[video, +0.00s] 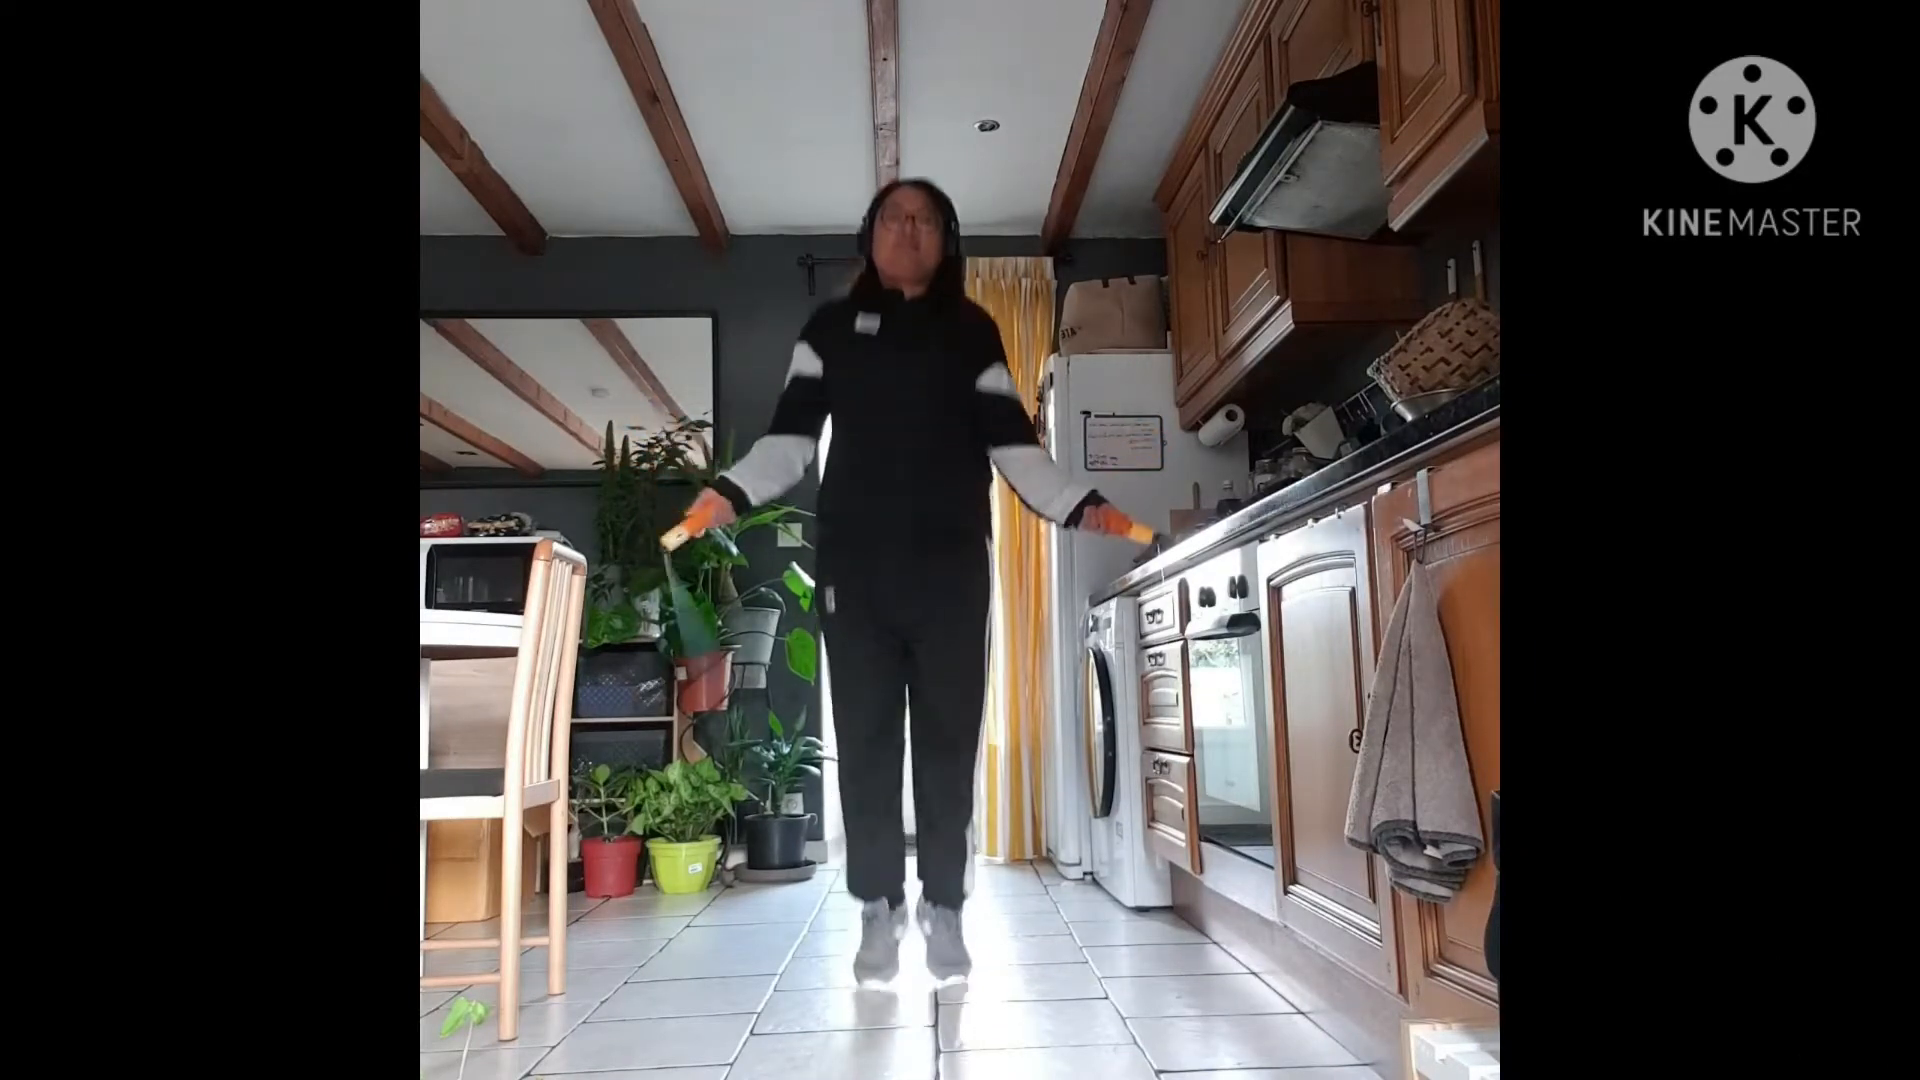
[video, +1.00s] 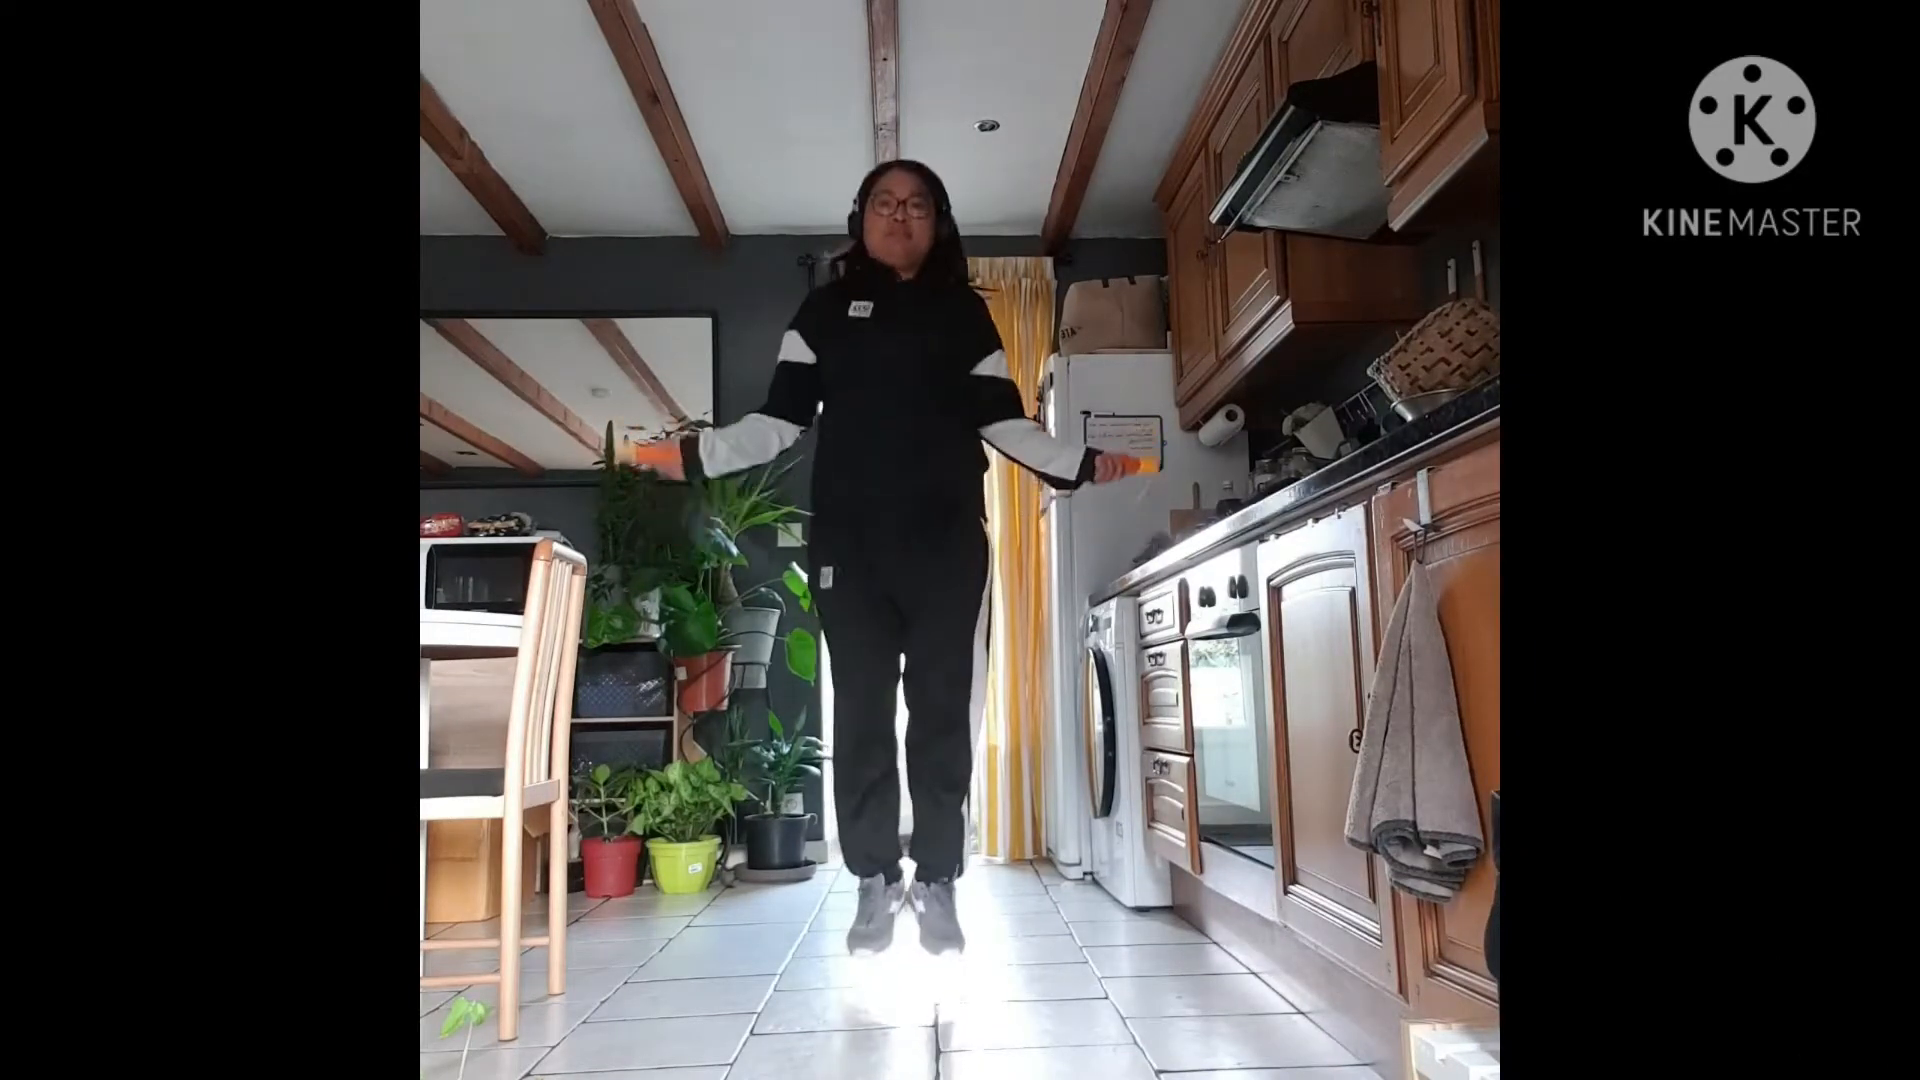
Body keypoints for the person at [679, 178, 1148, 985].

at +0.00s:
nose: (907, 229)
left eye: (923, 220)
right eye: (893, 217)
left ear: (946, 243)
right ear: (869, 238)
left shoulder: (971, 329)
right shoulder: (832, 327)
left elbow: (1015, 445)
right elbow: (790, 439)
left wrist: (1084, 506)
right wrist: (727, 494)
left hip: (950, 565)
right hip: (855, 563)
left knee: (947, 742)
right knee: (867, 743)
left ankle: (944, 909)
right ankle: (877, 906)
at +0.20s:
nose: (905, 235)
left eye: (922, 227)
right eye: (891, 225)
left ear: (947, 253)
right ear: (867, 246)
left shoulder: (971, 338)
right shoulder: (833, 332)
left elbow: (1006, 441)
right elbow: (781, 431)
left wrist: (1092, 454)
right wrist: (690, 431)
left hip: (953, 564)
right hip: (856, 563)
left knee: (950, 742)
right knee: (868, 741)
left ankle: (945, 913)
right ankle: (880, 915)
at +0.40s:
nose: (905, 243)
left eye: (922, 232)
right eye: (891, 231)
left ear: (943, 256)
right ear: (868, 252)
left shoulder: (969, 346)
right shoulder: (829, 342)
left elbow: (1007, 455)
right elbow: (787, 449)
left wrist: (1074, 505)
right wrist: (730, 500)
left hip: (949, 580)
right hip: (852, 578)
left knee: (948, 753)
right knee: (864, 754)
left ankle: (942, 916)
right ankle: (877, 918)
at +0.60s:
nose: (901, 221)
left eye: (916, 212)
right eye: (886, 211)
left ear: (941, 237)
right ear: (862, 233)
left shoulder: (964, 323)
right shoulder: (826, 318)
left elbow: (997, 429)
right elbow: (782, 426)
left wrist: (1085, 461)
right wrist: (693, 445)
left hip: (946, 549)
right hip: (849, 547)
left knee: (946, 724)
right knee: (863, 725)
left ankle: (939, 896)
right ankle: (875, 898)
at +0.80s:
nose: (899, 262)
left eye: (915, 252)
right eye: (885, 250)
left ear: (936, 274)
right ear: (862, 269)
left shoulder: (963, 365)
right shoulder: (826, 360)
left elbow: (999, 467)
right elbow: (784, 461)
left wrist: (1069, 493)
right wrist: (721, 497)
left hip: (945, 591)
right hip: (849, 590)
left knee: (939, 758)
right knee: (859, 760)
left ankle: (932, 922)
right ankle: (875, 923)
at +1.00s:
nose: (899, 215)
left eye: (915, 204)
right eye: (885, 203)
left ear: (939, 223)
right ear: (859, 222)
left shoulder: (962, 310)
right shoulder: (827, 308)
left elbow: (999, 419)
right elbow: (782, 418)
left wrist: (1077, 464)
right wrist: (697, 450)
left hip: (945, 537)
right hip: (851, 536)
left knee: (941, 712)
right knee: (861, 714)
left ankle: (937, 883)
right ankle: (874, 883)